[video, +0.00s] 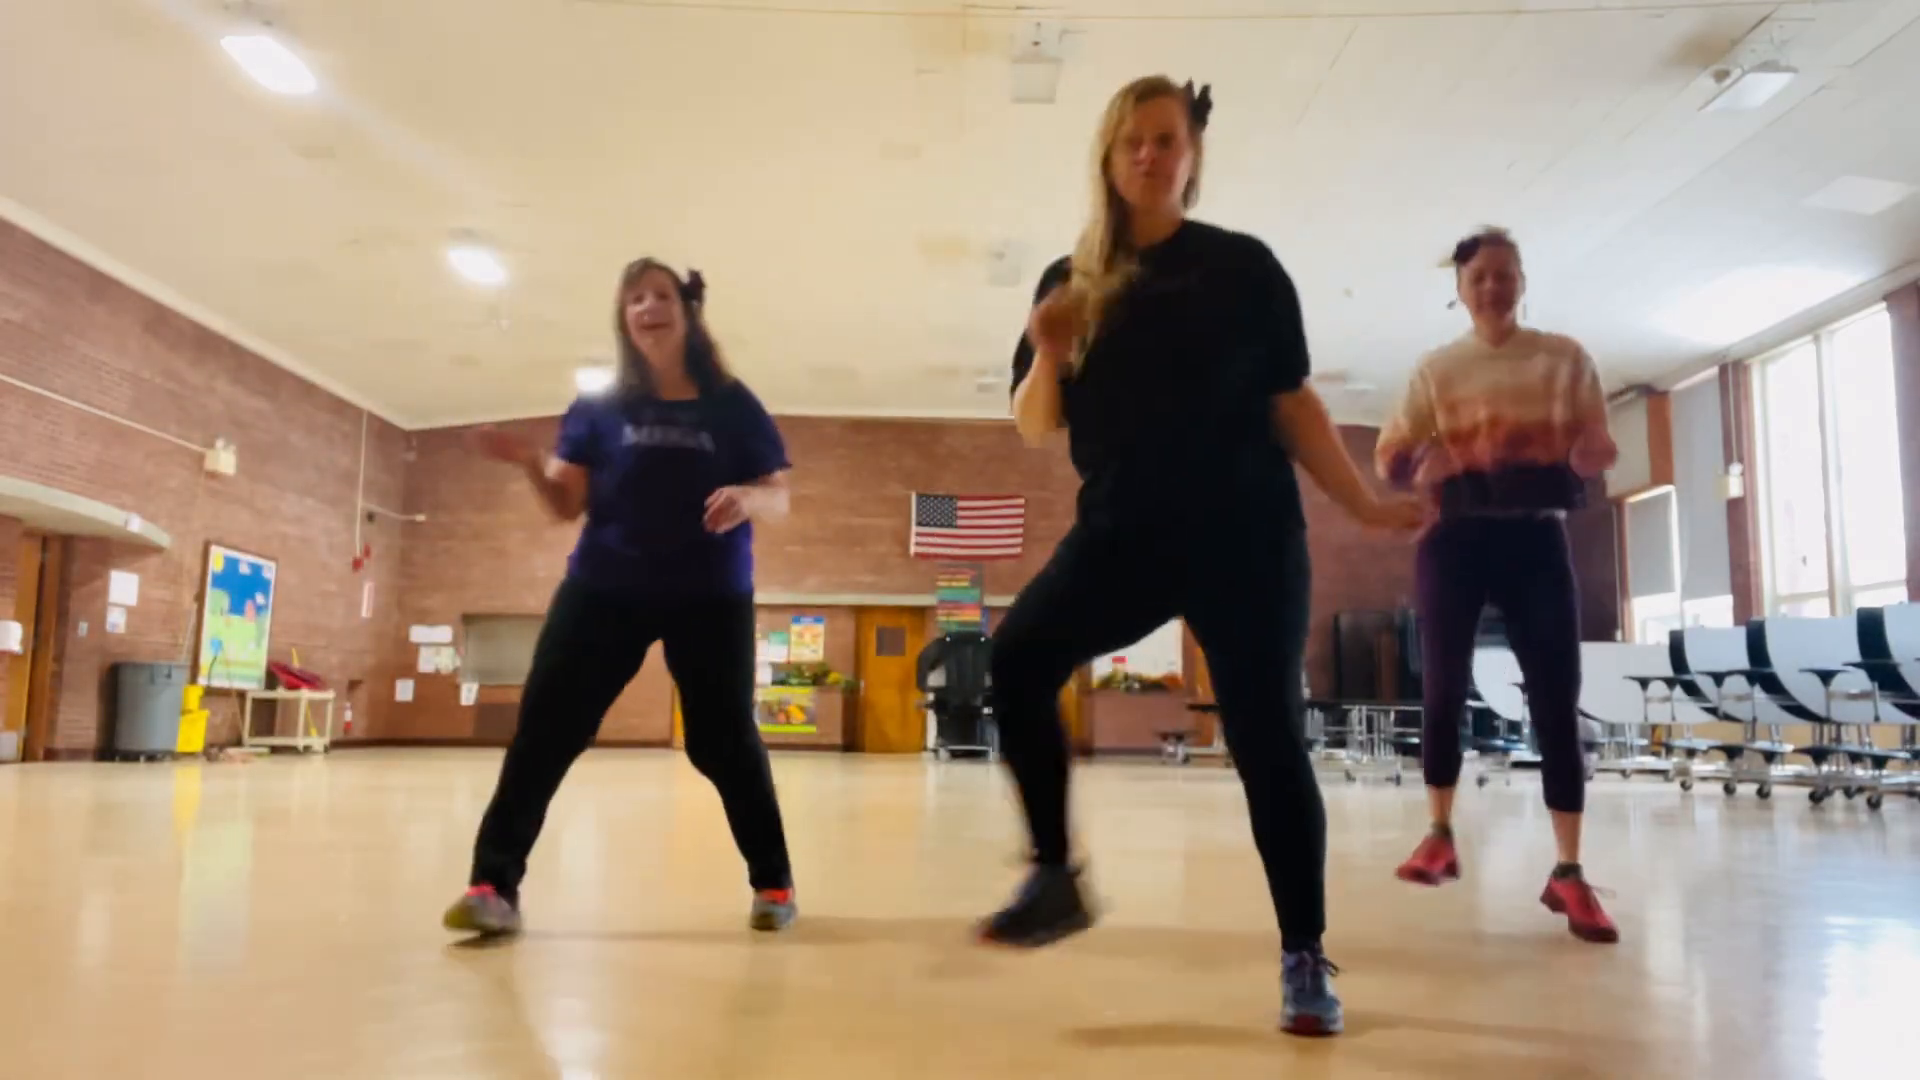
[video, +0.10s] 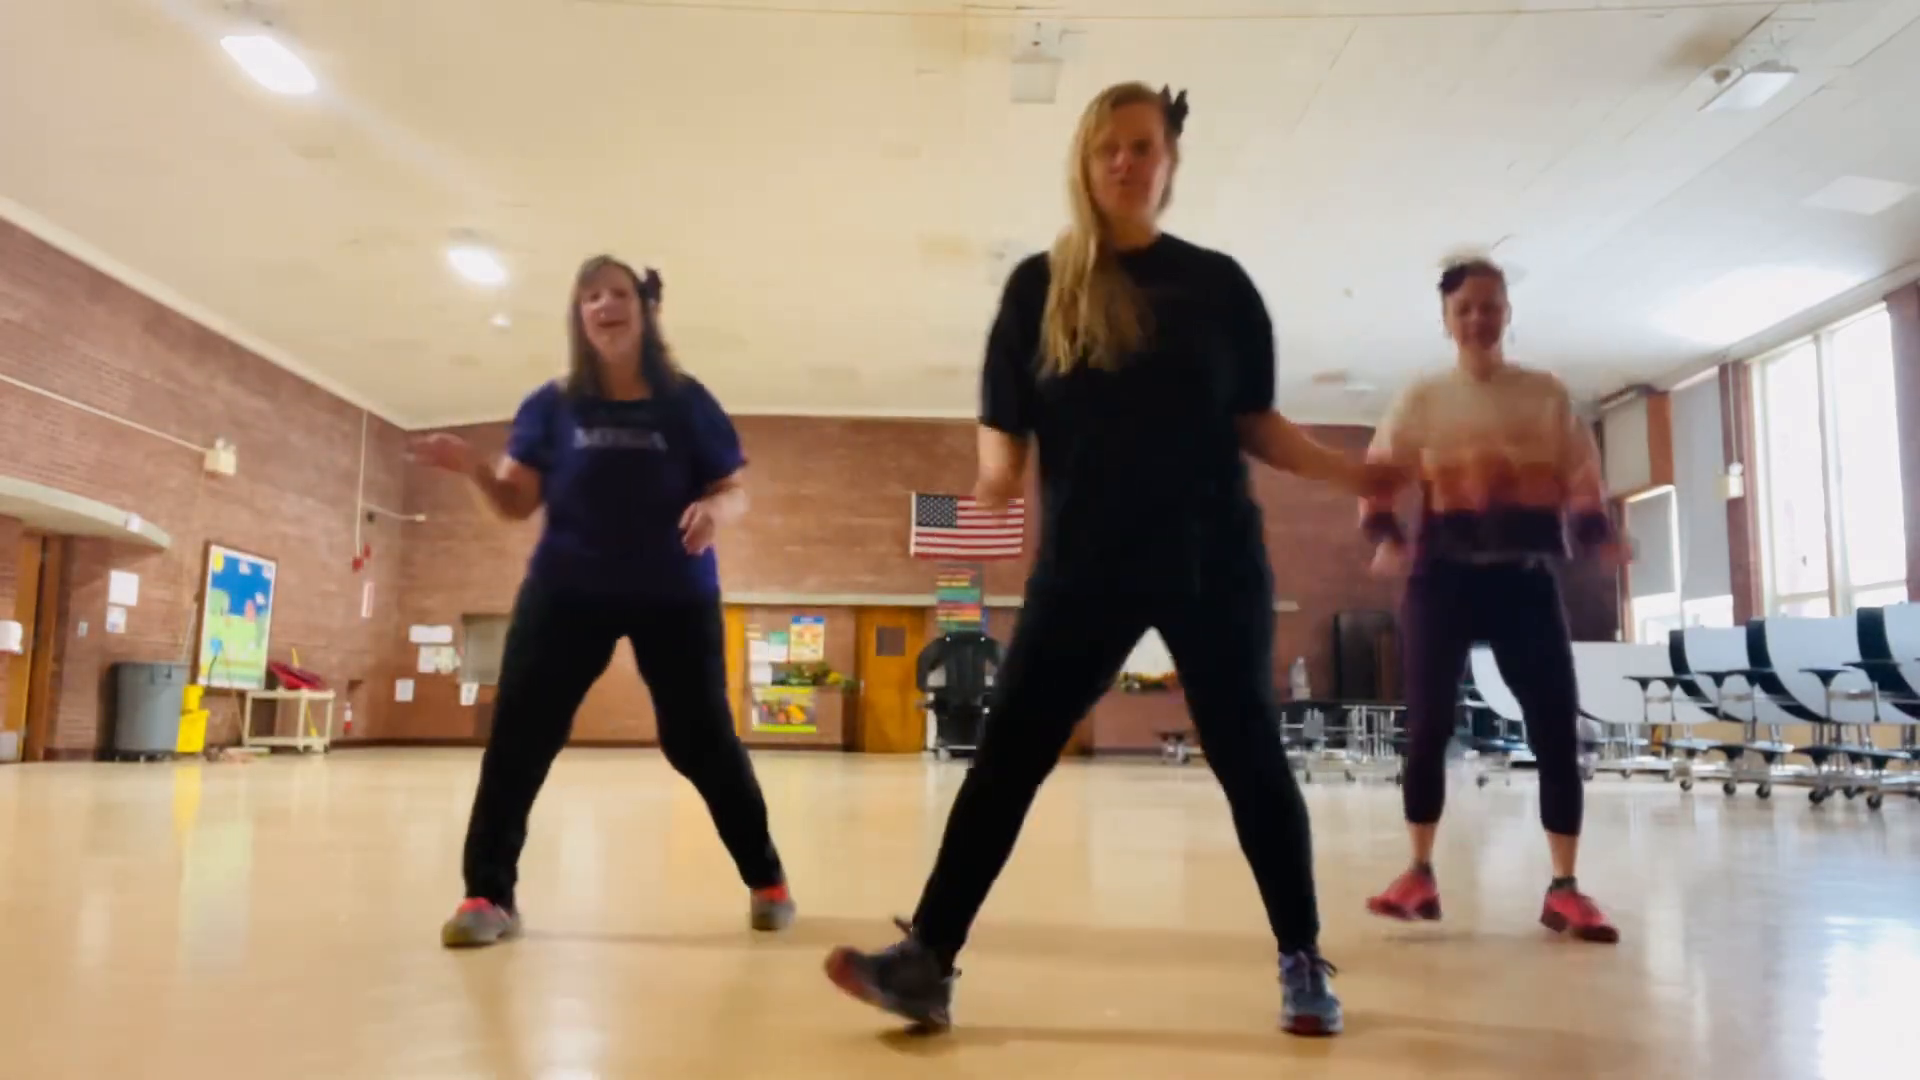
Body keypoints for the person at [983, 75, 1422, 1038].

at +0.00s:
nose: (1154, 157)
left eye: (1170, 142)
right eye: (1139, 142)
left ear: (1195, 155)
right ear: (1109, 157)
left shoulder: (1246, 267)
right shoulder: (1073, 279)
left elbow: (1294, 402)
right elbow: (1036, 427)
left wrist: (1365, 502)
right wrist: (1050, 354)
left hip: (1243, 536)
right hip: (1125, 536)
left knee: (1267, 740)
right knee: (1020, 656)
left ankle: (1303, 955)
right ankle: (1054, 876)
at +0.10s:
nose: (1127, 164)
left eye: (1143, 149)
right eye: (1111, 150)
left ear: (1171, 162)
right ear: (1084, 164)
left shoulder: (1217, 283)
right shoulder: (1041, 284)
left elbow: (1256, 424)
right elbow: (1003, 433)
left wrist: (1356, 473)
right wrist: (996, 479)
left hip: (1209, 553)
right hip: (1086, 557)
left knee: (1246, 751)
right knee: (1010, 749)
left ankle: (1301, 960)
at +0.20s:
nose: (1098, 154)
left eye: (1114, 139)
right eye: (1082, 137)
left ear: (1136, 154)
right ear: (1049, 149)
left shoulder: (1163, 276)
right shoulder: (996, 264)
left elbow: (1182, 415)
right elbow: (951, 414)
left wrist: (1251, 368)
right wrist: (937, 536)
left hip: (1142, 550)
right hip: (1017, 552)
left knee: (1210, 746)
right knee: (968, 758)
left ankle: (1291, 953)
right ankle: (915, 965)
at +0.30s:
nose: (1050, 151)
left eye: (1067, 136)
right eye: (1034, 134)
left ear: (1089, 153)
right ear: (999, 147)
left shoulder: (1112, 273)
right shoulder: (943, 259)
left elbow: (1122, 418)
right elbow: (881, 396)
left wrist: (1153, 342)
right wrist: (887, 511)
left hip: (1078, 536)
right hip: (954, 536)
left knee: (1162, 706)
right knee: (928, 751)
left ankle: (1173, 890)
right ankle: (906, 968)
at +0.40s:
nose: (1001, 149)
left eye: (1017, 134)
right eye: (985, 132)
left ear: (1040, 150)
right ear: (952, 144)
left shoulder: (1065, 265)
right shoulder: (900, 258)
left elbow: (1063, 400)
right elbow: (840, 393)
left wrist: (1102, 381)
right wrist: (850, 470)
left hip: (1027, 539)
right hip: (909, 538)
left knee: (1084, 697)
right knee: (904, 751)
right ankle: (904, 965)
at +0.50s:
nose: (956, 151)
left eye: (971, 137)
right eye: (940, 136)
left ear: (994, 152)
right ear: (907, 149)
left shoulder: (1028, 263)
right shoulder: (856, 256)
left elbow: (1043, 391)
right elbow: (802, 382)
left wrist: (1060, 429)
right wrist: (820, 409)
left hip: (987, 543)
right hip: (874, 544)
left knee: (982, 742)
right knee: (889, 751)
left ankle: (879, 879)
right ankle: (900, 970)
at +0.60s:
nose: (907, 167)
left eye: (923, 152)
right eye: (891, 152)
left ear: (950, 167)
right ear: (863, 167)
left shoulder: (995, 280)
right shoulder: (823, 268)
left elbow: (1023, 406)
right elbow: (765, 397)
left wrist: (1015, 514)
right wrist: (797, 373)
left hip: (943, 546)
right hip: (831, 543)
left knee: (900, 746)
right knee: (842, 741)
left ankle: (848, 935)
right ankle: (882, 955)